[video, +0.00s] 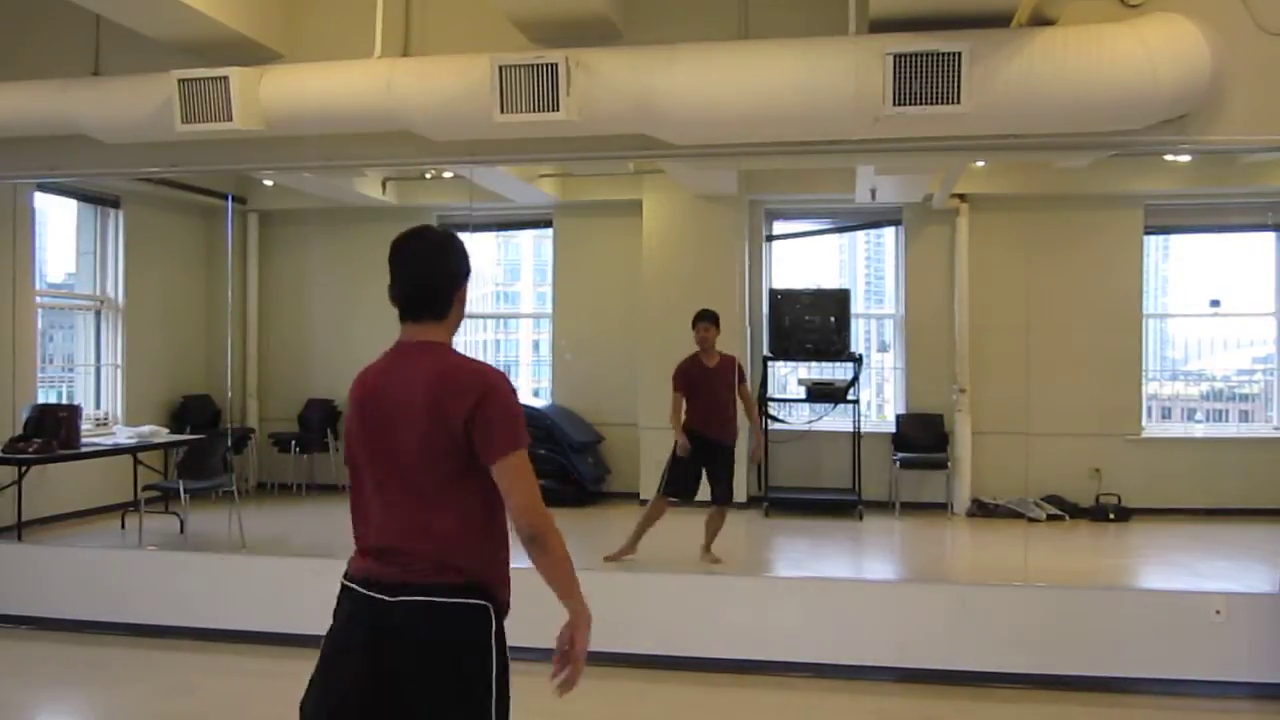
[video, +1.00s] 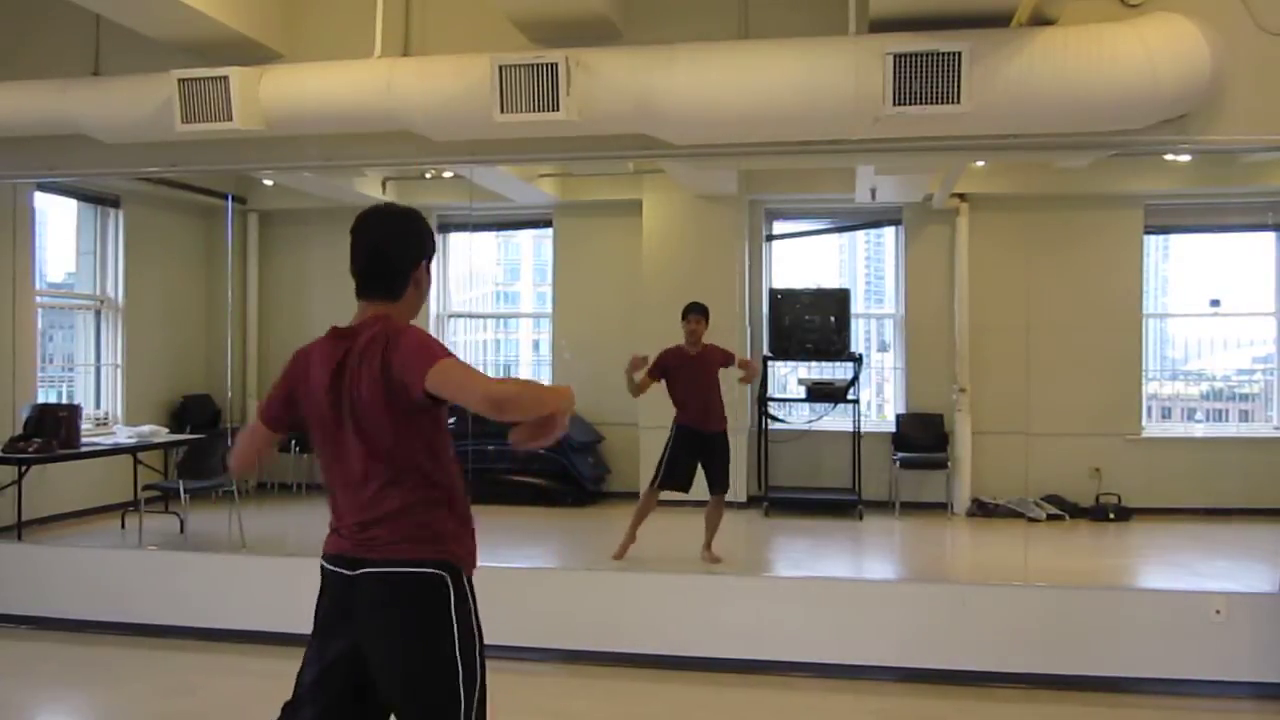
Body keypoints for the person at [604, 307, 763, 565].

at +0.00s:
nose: (701, 336)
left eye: (706, 330)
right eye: (697, 331)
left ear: (717, 332)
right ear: (693, 334)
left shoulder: (732, 365)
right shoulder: (685, 368)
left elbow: (747, 399)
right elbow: (676, 411)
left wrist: (757, 435)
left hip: (723, 443)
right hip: (692, 438)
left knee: (722, 502)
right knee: (665, 496)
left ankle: (706, 548)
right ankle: (631, 544)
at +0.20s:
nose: (710, 329)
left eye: (715, 324)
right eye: (706, 325)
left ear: (722, 328)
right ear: (698, 329)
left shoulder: (734, 361)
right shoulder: (687, 359)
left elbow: (763, 385)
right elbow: (655, 387)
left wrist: (787, 406)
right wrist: (662, 420)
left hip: (724, 438)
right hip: (694, 435)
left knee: (720, 499)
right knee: (666, 491)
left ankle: (709, 548)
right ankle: (633, 539)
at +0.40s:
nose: (709, 331)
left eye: (713, 326)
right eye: (703, 327)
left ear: (721, 328)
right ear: (697, 331)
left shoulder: (735, 359)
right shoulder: (689, 363)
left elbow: (757, 386)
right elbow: (666, 400)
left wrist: (764, 415)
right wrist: (676, 428)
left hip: (723, 438)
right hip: (692, 435)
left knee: (721, 498)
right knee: (659, 485)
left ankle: (708, 548)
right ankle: (626, 530)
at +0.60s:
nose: (698, 333)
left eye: (702, 327)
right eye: (693, 330)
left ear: (712, 328)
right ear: (688, 334)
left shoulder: (729, 351)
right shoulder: (690, 369)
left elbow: (729, 388)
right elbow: (711, 411)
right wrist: (749, 419)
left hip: (723, 432)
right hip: (694, 429)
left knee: (721, 497)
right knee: (660, 481)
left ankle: (708, 548)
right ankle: (625, 530)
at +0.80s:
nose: (688, 334)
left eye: (693, 328)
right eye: (683, 329)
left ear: (702, 329)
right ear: (677, 332)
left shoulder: (717, 349)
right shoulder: (680, 371)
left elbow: (747, 360)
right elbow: (687, 404)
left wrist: (747, 359)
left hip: (723, 428)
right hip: (693, 427)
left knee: (722, 496)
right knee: (660, 482)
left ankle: (707, 547)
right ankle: (625, 531)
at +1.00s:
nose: (692, 326)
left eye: (698, 322)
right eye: (688, 321)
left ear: (706, 326)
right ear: (682, 324)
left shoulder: (715, 354)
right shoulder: (669, 357)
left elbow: (747, 366)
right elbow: (636, 391)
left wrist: (752, 373)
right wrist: (629, 373)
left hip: (715, 431)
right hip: (684, 429)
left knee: (719, 494)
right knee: (656, 487)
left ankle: (707, 547)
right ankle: (629, 536)